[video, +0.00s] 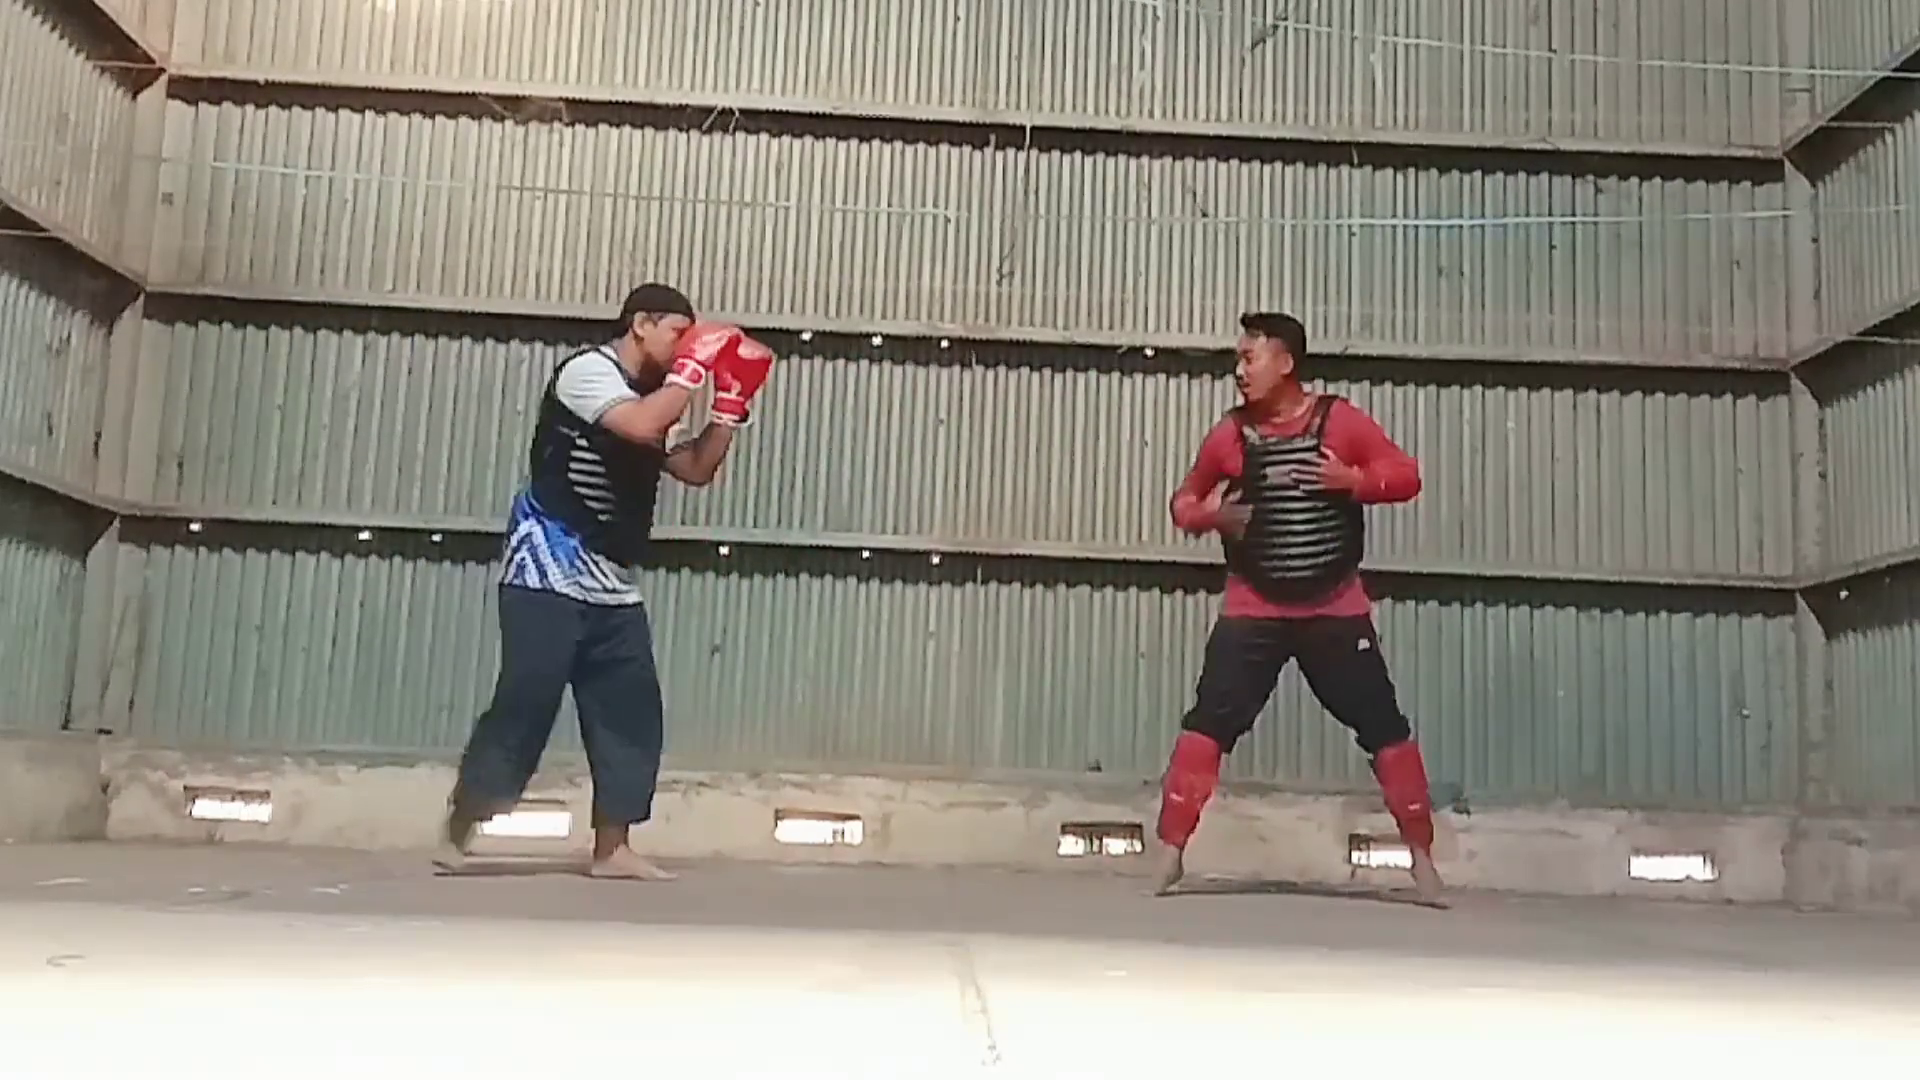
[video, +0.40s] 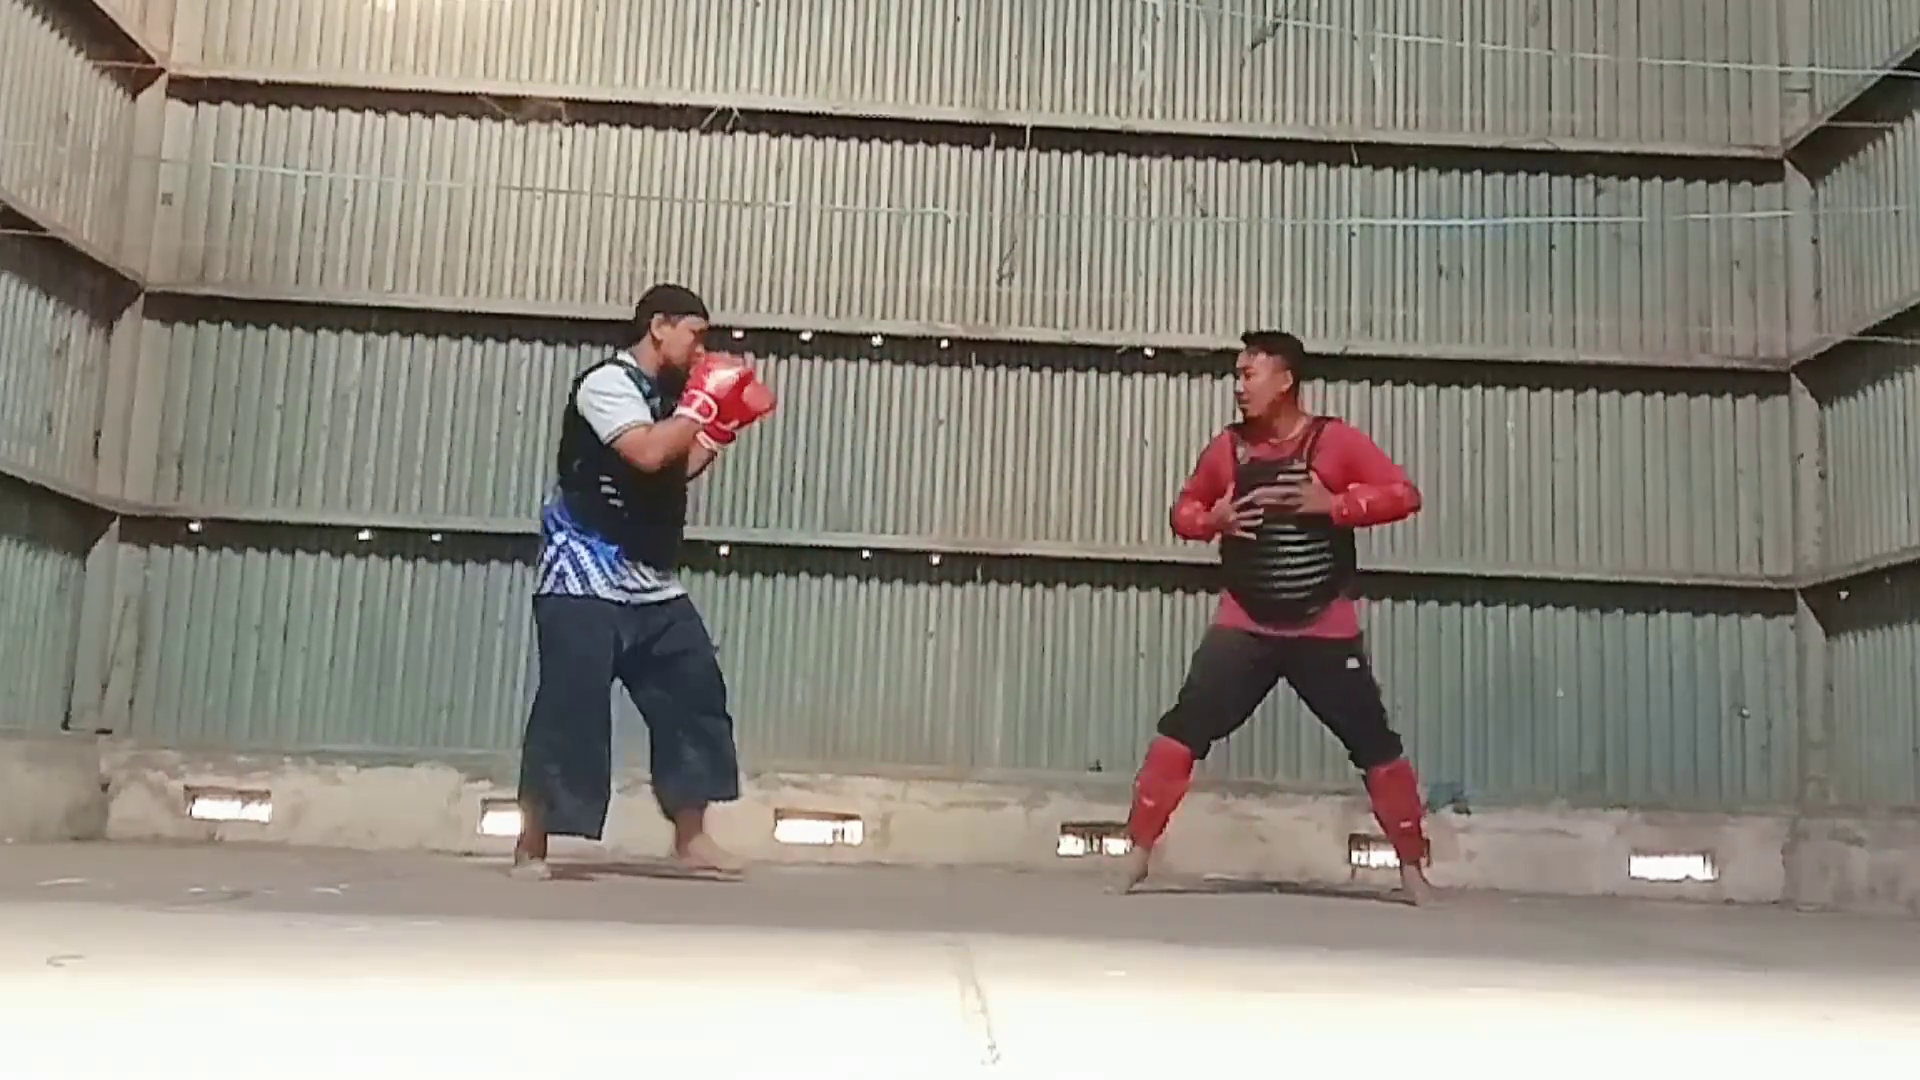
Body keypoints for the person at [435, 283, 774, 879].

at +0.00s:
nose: (685, 345)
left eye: (688, 334)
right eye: (678, 331)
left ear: (655, 332)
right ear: (641, 325)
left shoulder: (651, 398)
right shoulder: (585, 372)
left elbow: (696, 469)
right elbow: (642, 424)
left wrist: (731, 408)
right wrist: (692, 367)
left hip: (611, 574)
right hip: (547, 563)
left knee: (628, 705)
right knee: (531, 693)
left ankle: (611, 848)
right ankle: (469, 808)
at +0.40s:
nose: (701, 347)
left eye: (704, 337)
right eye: (696, 335)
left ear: (672, 333)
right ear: (658, 327)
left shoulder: (668, 396)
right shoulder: (604, 384)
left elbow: (679, 469)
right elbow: (649, 453)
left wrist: (724, 422)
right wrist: (700, 401)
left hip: (650, 577)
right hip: (582, 571)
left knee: (695, 691)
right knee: (571, 696)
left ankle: (690, 839)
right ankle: (532, 844)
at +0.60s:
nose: (740, 359)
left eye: (742, 350)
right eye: (734, 346)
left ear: (709, 344)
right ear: (697, 338)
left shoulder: (710, 417)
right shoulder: (643, 388)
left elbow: (744, 492)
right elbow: (677, 455)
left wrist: (787, 436)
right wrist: (730, 404)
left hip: (678, 586)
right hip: (613, 574)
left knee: (713, 703)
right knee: (591, 697)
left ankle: (739, 848)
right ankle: (535, 836)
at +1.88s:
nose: (692, 370)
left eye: (696, 361)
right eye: (684, 357)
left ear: (659, 356)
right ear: (644, 350)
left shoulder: (677, 427)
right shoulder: (578, 391)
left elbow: (718, 488)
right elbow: (591, 459)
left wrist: (755, 508)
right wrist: (664, 418)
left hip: (595, 593)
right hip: (519, 575)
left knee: (638, 702)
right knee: (502, 698)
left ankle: (668, 836)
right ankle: (500, 843)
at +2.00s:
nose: (649, 364)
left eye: (655, 354)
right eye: (642, 350)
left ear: (654, 359)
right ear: (603, 341)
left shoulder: (644, 412)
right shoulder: (534, 386)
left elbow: (665, 484)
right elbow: (536, 453)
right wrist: (615, 417)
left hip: (561, 569)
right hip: (481, 558)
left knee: (594, 681)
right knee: (458, 669)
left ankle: (588, 835)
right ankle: (439, 820)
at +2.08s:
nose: (599, 386)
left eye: (602, 375)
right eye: (590, 373)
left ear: (600, 373)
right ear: (550, 363)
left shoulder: (595, 418)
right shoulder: (481, 405)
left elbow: (633, 488)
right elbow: (462, 477)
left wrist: (639, 564)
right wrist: (542, 437)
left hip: (526, 592)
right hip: (445, 582)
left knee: (574, 686)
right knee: (392, 688)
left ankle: (571, 841)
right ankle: (309, 827)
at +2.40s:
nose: (573, 406)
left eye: (577, 396)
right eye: (567, 393)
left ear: (546, 386)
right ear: (530, 380)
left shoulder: (557, 445)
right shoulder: (456, 435)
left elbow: (587, 496)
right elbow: (466, 516)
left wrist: (619, 475)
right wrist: (540, 476)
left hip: (530, 623)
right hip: (441, 623)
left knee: (591, 708)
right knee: (395, 721)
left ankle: (627, 849)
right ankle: (312, 836)